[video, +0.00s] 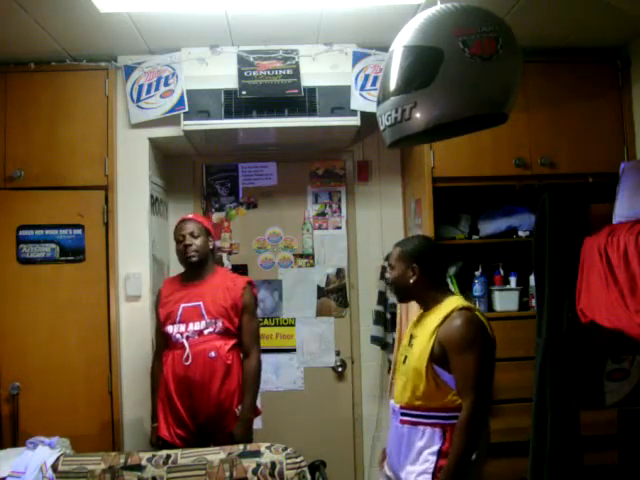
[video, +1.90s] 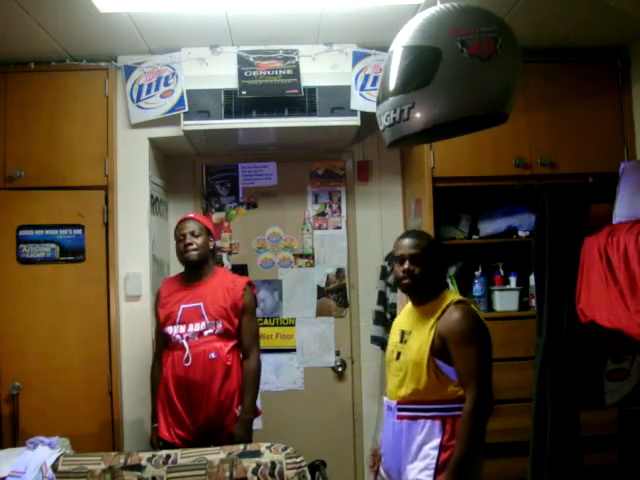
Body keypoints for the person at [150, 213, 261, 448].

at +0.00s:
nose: (186, 242)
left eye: (194, 236)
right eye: (180, 239)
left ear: (210, 241)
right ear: (176, 248)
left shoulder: (238, 287)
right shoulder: (167, 290)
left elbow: (251, 354)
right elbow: (160, 353)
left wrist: (246, 416)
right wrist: (157, 417)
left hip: (225, 415)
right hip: (176, 417)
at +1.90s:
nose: (187, 241)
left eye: (195, 234)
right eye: (180, 238)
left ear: (211, 242)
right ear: (176, 248)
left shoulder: (237, 288)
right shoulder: (167, 289)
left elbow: (251, 355)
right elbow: (160, 355)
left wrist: (245, 417)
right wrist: (157, 419)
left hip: (225, 416)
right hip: (176, 416)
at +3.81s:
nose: (186, 241)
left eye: (194, 235)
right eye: (179, 238)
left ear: (210, 242)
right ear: (176, 248)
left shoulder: (237, 288)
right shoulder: (166, 290)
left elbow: (251, 355)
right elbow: (159, 355)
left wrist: (245, 419)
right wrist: (157, 419)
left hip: (225, 416)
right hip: (176, 417)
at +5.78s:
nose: (186, 242)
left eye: (194, 236)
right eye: (179, 238)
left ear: (210, 242)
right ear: (175, 247)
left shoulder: (237, 288)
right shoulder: (166, 290)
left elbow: (250, 355)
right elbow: (159, 356)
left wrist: (245, 418)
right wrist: (156, 420)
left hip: (224, 416)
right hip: (175, 417)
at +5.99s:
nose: (189, 241)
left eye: (196, 234)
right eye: (181, 237)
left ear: (211, 242)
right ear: (175, 249)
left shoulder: (236, 288)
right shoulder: (166, 290)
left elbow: (250, 355)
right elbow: (159, 355)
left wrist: (245, 418)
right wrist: (156, 420)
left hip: (224, 417)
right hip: (175, 418)